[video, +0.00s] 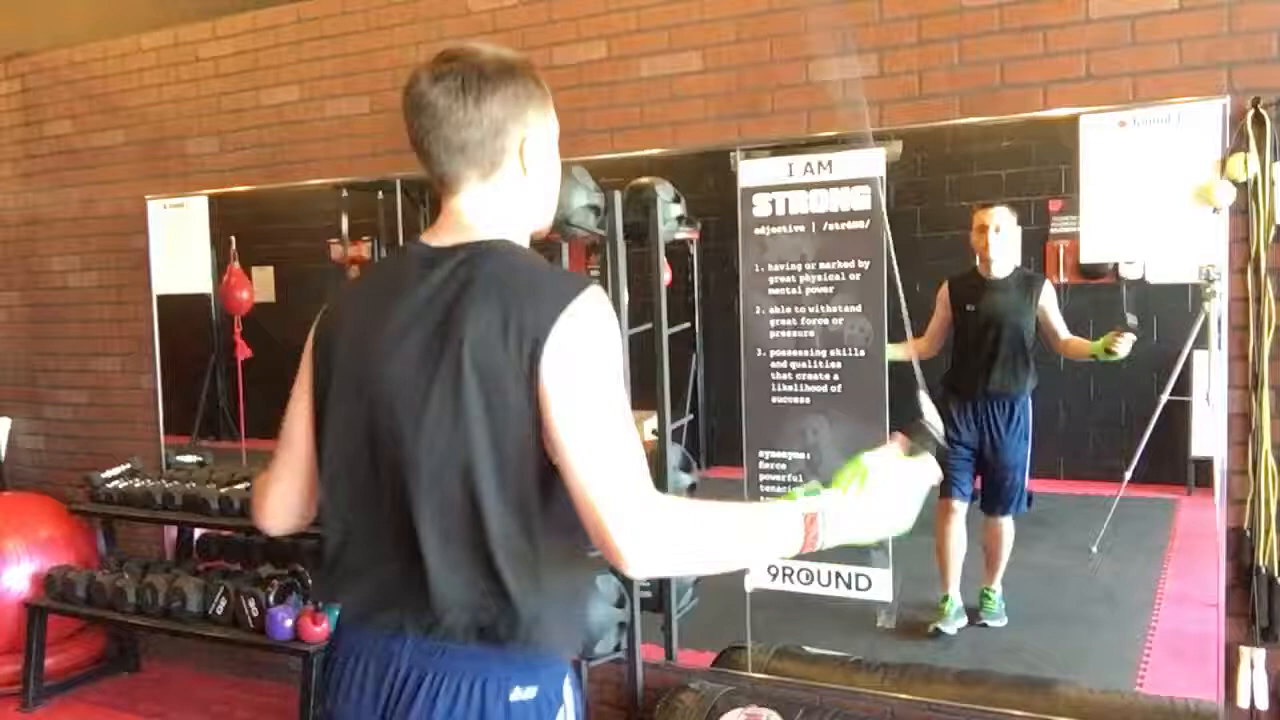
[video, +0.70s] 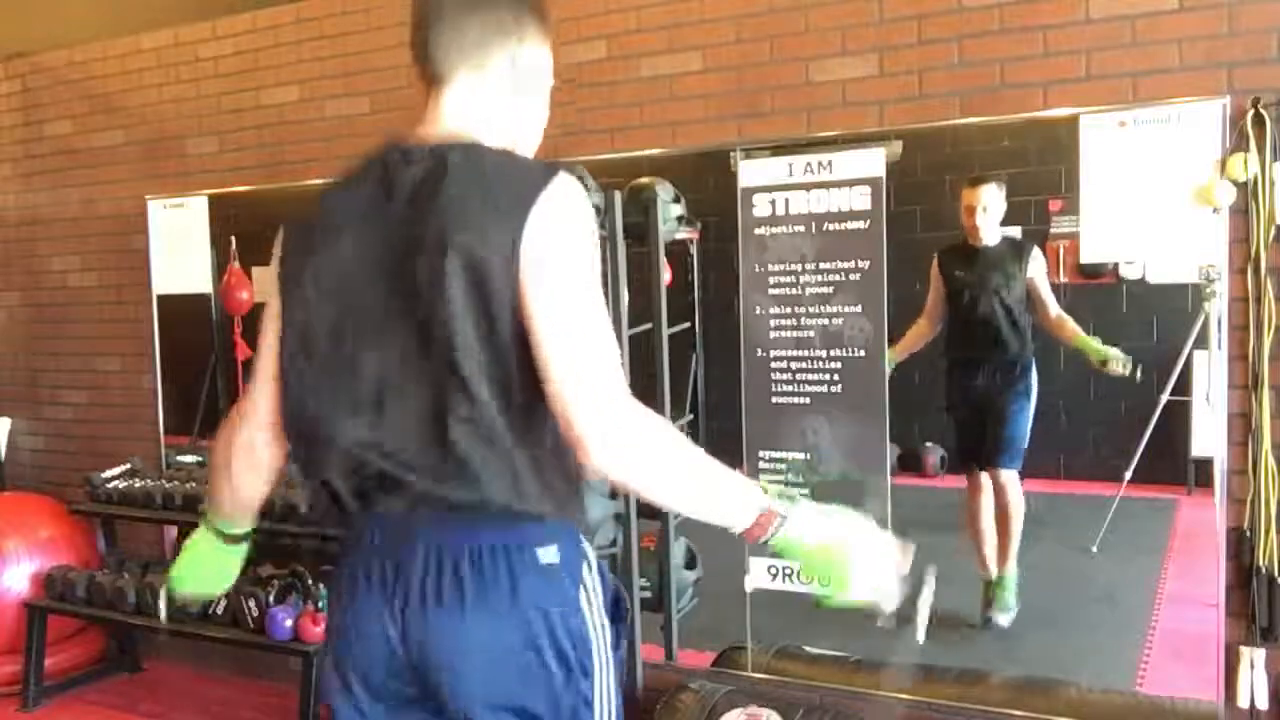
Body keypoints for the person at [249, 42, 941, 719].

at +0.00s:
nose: (560, 167)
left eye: (554, 148)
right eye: (555, 147)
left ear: (426, 160)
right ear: (529, 152)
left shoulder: (345, 311)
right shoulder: (559, 309)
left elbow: (278, 509)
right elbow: (641, 540)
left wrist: (384, 460)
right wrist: (827, 516)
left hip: (358, 665)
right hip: (502, 683)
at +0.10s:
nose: (556, 148)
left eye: (551, 122)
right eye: (549, 122)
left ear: (430, 130)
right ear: (518, 121)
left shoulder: (337, 289)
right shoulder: (556, 271)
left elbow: (274, 491)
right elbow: (646, 508)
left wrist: (375, 450)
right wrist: (827, 511)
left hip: (355, 653)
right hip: (500, 663)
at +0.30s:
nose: (528, 73)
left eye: (523, 49)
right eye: (522, 48)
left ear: (401, 61)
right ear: (495, 48)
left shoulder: (313, 229)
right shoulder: (523, 196)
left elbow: (264, 432)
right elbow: (609, 430)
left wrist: (216, 533)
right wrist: (792, 536)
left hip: (354, 575)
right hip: (500, 579)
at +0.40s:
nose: (517, 155)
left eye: (512, 135)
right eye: (513, 134)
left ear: (388, 143)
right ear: (492, 136)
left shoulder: (306, 304)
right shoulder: (520, 282)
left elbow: (245, 512)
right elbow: (611, 507)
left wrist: (217, 477)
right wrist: (804, 512)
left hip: (364, 652)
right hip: (511, 655)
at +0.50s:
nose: (521, 147)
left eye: (519, 120)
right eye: (517, 120)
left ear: (401, 123)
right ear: (489, 118)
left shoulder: (307, 280)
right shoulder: (522, 258)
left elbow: (244, 489)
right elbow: (625, 475)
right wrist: (802, 492)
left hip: (365, 658)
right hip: (516, 659)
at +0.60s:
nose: (537, 91)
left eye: (537, 66)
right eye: (537, 65)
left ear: (418, 59)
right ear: (515, 55)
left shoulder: (309, 222)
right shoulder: (527, 187)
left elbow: (247, 425)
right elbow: (603, 414)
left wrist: (218, 532)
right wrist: (780, 515)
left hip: (367, 585)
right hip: (517, 578)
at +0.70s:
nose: (549, 105)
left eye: (546, 81)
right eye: (547, 81)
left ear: (426, 72)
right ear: (529, 72)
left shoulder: (314, 226)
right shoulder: (537, 198)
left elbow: (255, 439)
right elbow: (605, 432)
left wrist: (222, 531)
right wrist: (784, 524)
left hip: (369, 576)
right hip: (519, 575)